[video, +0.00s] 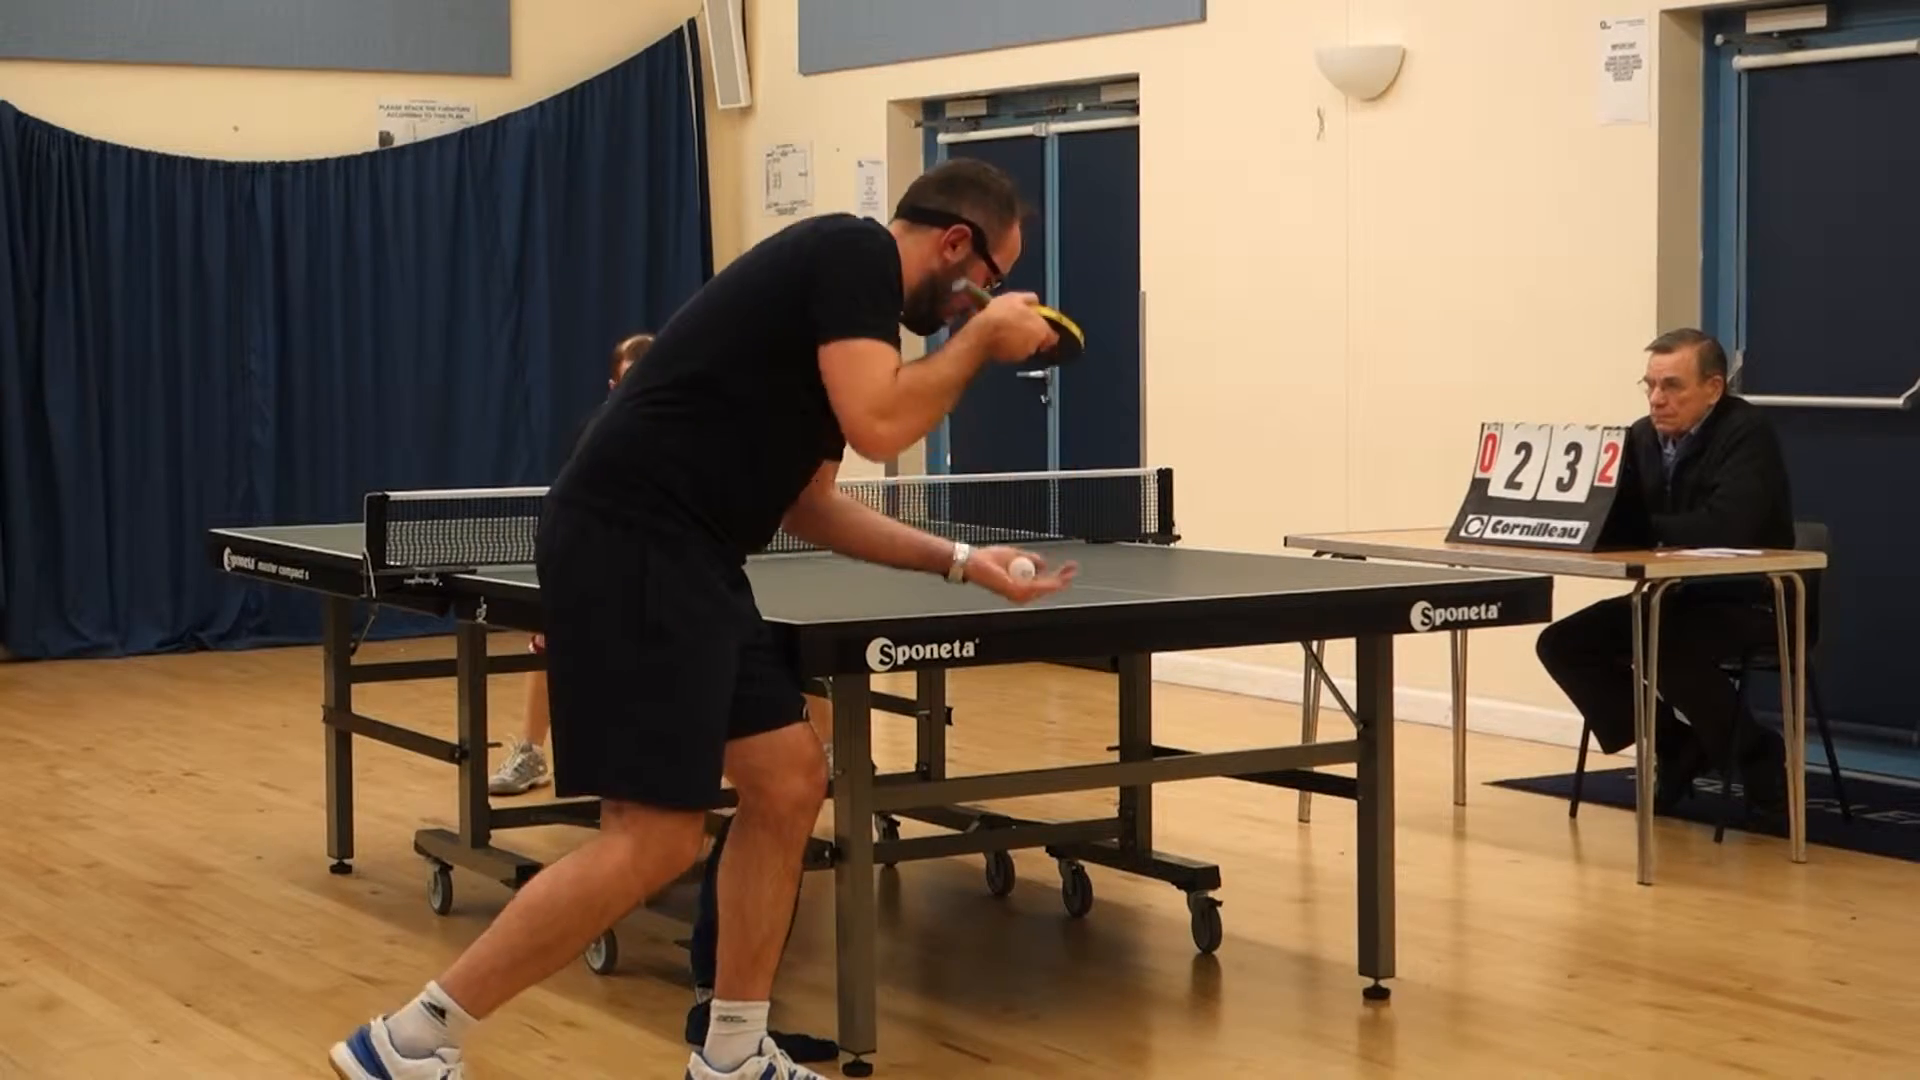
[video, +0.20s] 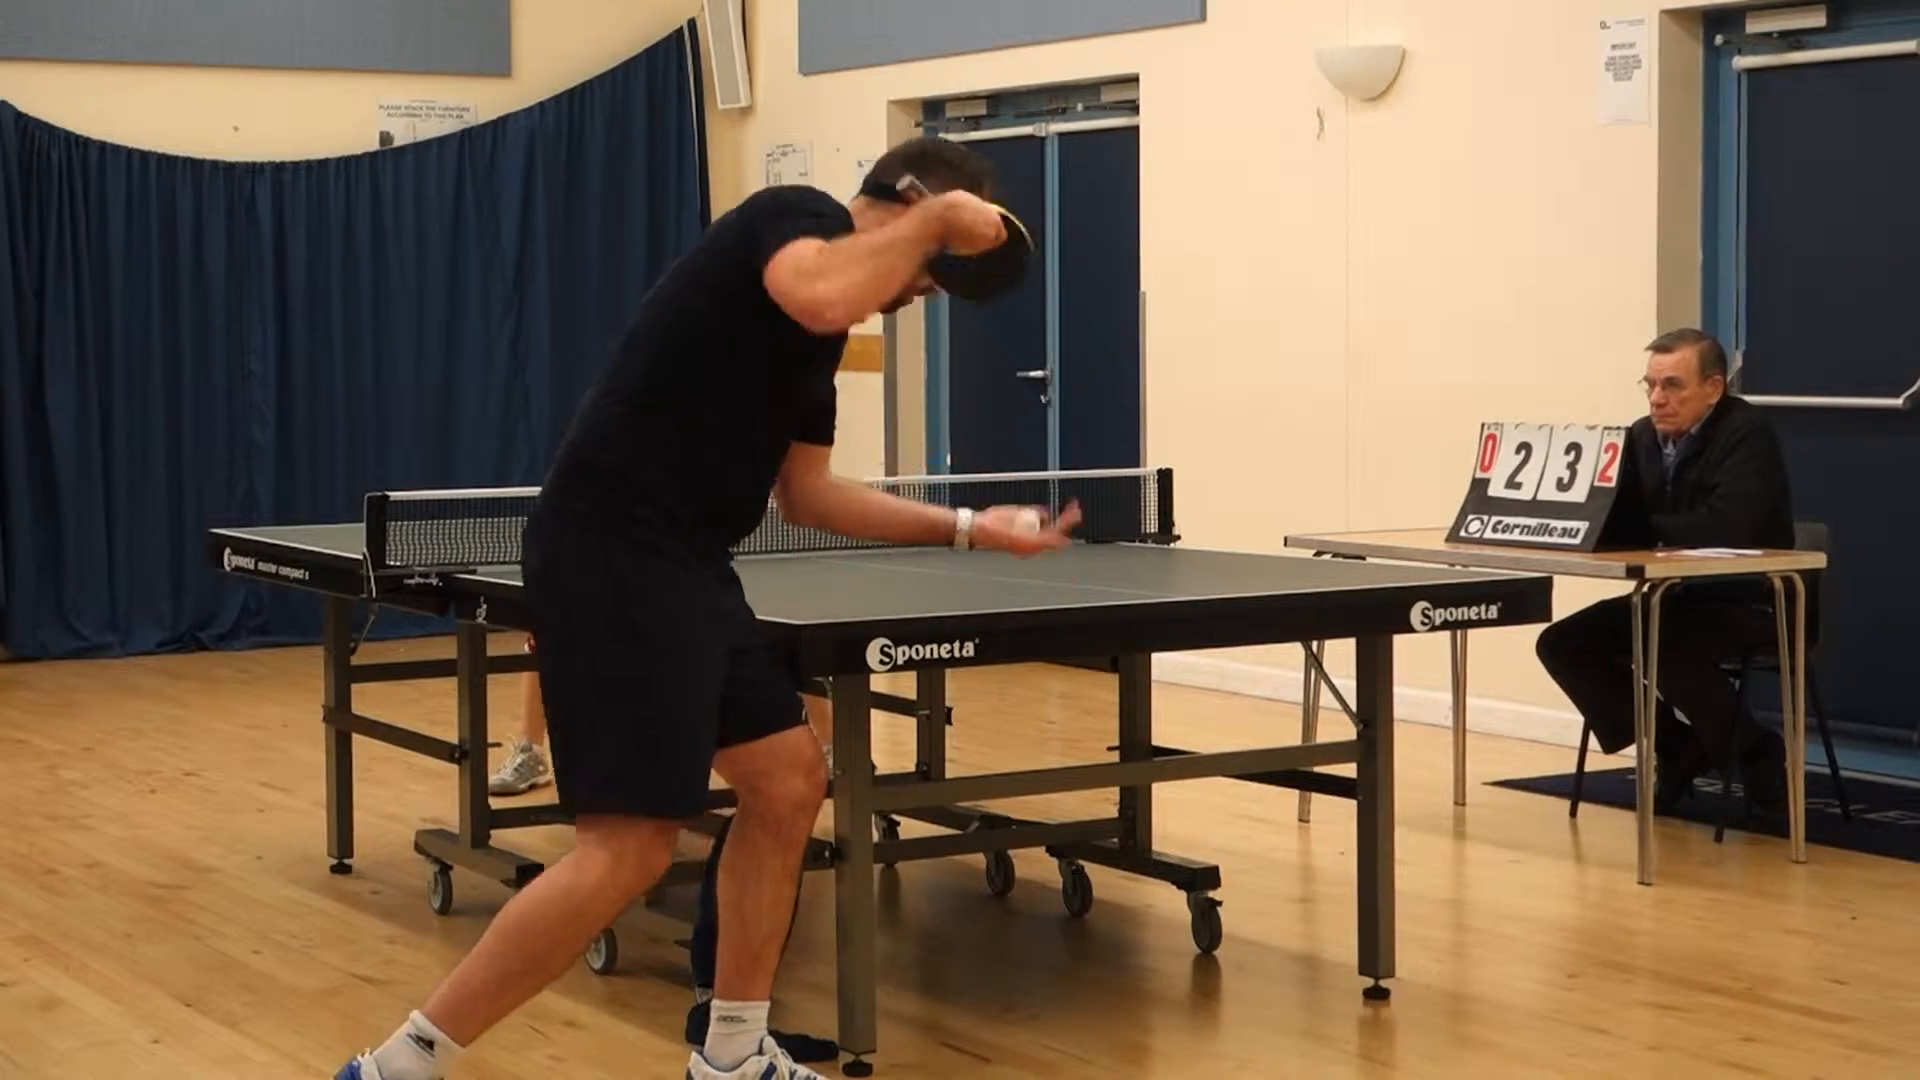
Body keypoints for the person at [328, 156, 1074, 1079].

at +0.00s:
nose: (982, 296)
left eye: (992, 281)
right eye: (988, 273)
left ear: (933, 230)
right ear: (955, 237)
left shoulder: (843, 322)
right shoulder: (852, 251)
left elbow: (810, 506)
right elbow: (880, 420)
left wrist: (964, 558)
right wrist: (982, 335)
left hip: (693, 549)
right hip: (626, 536)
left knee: (789, 779)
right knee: (656, 836)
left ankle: (733, 1048)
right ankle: (410, 1036)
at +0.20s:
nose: (914, 293)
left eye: (929, 283)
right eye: (924, 268)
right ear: (903, 206)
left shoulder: (820, 328)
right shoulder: (793, 212)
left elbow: (811, 494)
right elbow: (820, 298)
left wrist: (974, 525)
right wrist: (934, 217)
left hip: (687, 563)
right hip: (606, 551)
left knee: (788, 775)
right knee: (630, 848)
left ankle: (730, 1055)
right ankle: (395, 1064)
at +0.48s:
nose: (929, 309)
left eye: (935, 309)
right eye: (944, 298)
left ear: (910, 306)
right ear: (932, 284)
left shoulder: (800, 341)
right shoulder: (818, 252)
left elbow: (729, 516)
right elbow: (900, 183)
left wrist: (876, 553)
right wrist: (988, 290)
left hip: (648, 543)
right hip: (587, 528)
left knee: (747, 772)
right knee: (592, 843)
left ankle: (741, 1052)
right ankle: (381, 1065)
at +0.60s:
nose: (926, 477)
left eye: (942, 467)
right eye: (944, 456)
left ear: (914, 419)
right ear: (933, 412)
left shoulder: (786, 412)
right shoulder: (882, 347)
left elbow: (693, 561)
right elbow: (1057, 393)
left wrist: (804, 586)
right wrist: (1000, 400)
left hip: (604, 562)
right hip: (621, 565)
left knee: (774, 770)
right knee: (594, 877)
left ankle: (766, 1051)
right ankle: (382, 1065)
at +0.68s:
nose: (963, 426)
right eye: (966, 408)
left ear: (871, 354)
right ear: (950, 380)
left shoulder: (759, 368)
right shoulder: (931, 393)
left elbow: (584, 473)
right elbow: (1020, 565)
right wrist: (1094, 473)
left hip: (614, 574)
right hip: (710, 608)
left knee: (787, 752)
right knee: (628, 890)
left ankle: (760, 1057)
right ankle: (401, 1063)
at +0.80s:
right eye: (984, 339)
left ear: (884, 307)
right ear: (976, 330)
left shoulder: (800, 330)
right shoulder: (986, 381)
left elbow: (636, 400)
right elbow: (1022, 580)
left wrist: (711, 497)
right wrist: (1085, 570)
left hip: (711, 567)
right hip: (831, 589)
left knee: (792, 814)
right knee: (886, 872)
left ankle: (765, 1055)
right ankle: (659, 1012)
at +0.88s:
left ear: (918, 275)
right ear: (1019, 297)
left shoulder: (840, 313)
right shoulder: (1032, 361)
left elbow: (686, 407)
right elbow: (1053, 574)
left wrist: (770, 480)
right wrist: (1110, 550)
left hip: (782, 576)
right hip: (918, 589)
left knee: (841, 797)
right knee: (1034, 829)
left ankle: (772, 1055)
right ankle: (948, 1019)